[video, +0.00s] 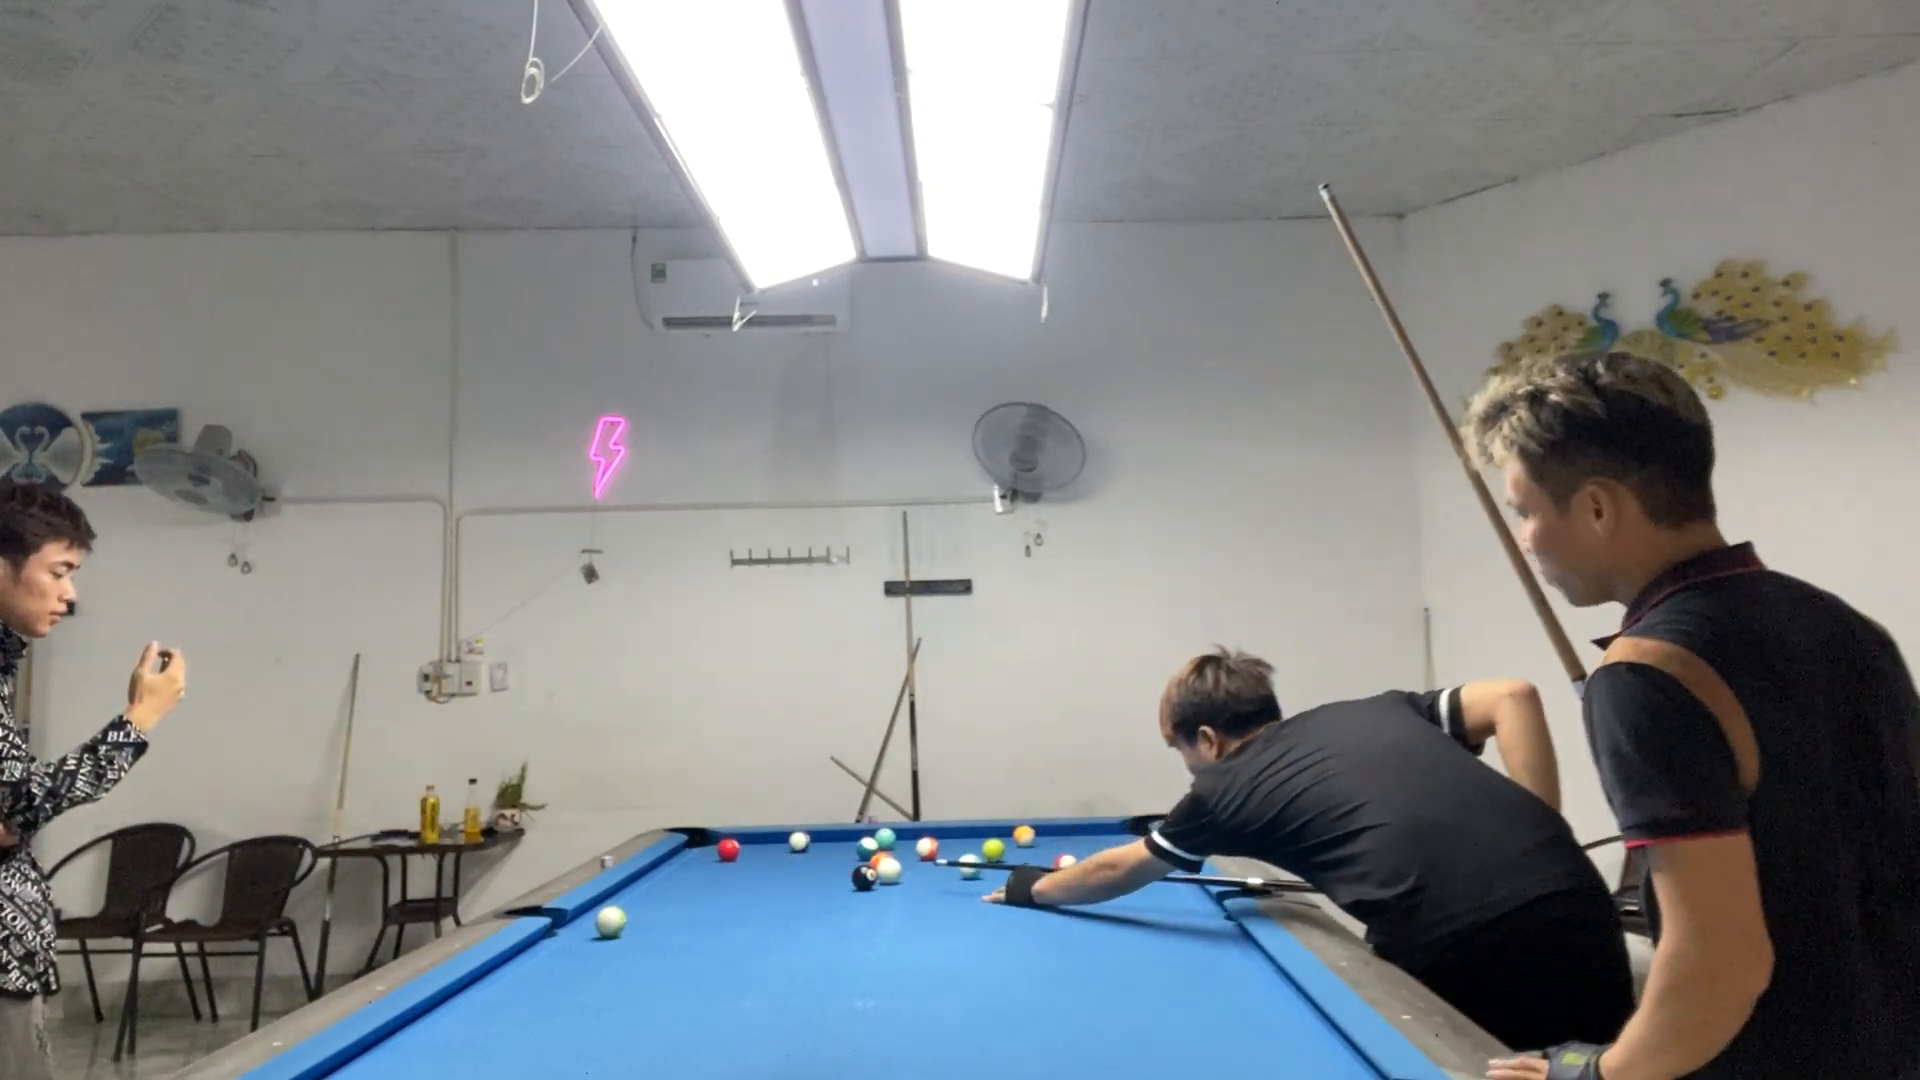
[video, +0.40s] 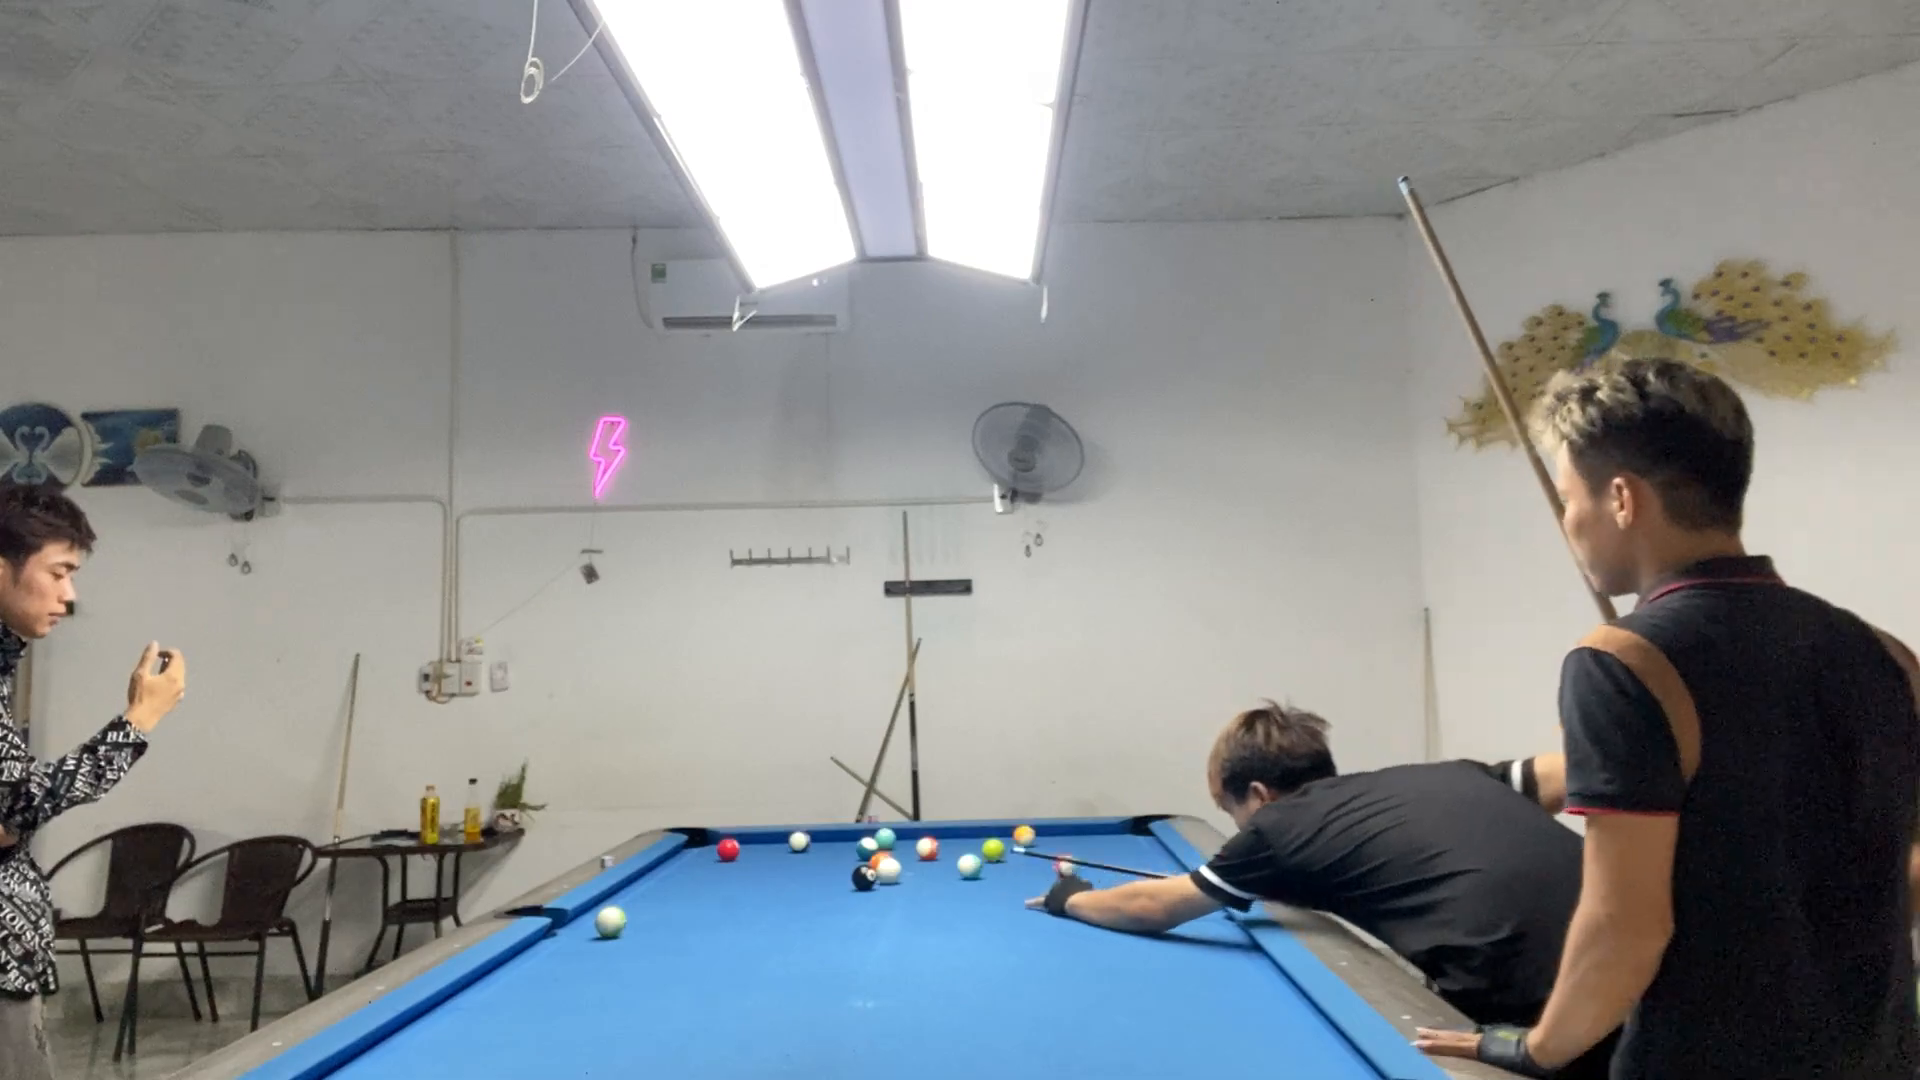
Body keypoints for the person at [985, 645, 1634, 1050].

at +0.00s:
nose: (1186, 766)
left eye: (1183, 752)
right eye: (1180, 754)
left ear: (1208, 740)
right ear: (1272, 707)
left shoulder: (1221, 790)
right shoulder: (1381, 710)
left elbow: (1110, 872)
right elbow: (1512, 697)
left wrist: (1038, 888)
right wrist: (1544, 832)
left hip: (1452, 939)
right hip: (1571, 903)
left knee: (1445, 1072)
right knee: (1598, 1066)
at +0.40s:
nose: (1235, 822)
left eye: (1234, 810)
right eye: (1231, 811)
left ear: (1259, 795)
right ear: (1323, 761)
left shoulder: (1275, 831)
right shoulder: (1441, 775)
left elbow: (1152, 907)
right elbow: (1563, 773)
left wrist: (1068, 901)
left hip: (1524, 996)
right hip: (1619, 957)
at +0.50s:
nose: (1261, 835)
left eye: (1259, 823)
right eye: (1254, 825)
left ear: (1286, 806)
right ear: (1354, 776)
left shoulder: (1304, 838)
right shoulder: (1462, 794)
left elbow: (1171, 913)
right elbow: (1573, 825)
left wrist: (1091, 903)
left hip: (1537, 998)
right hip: (1627, 955)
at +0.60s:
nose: (1284, 843)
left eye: (1282, 830)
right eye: (1277, 832)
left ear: (1311, 813)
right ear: (1377, 789)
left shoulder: (1331, 841)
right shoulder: (1450, 816)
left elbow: (1181, 916)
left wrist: (1114, 906)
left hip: (1577, 1024)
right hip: (1656, 983)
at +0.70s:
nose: (1305, 852)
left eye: (1305, 839)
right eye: (1299, 840)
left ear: (1337, 824)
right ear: (1406, 802)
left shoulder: (1354, 851)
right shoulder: (1485, 836)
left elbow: (1183, 912)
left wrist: (1141, 914)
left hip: (1591, 1042)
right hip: (1674, 1009)